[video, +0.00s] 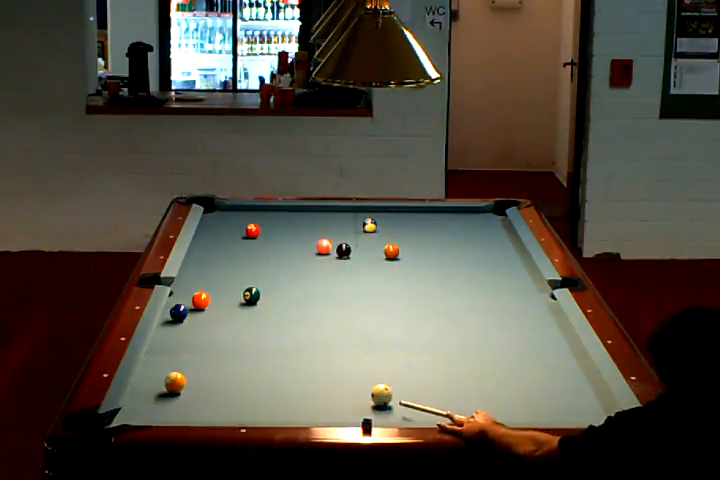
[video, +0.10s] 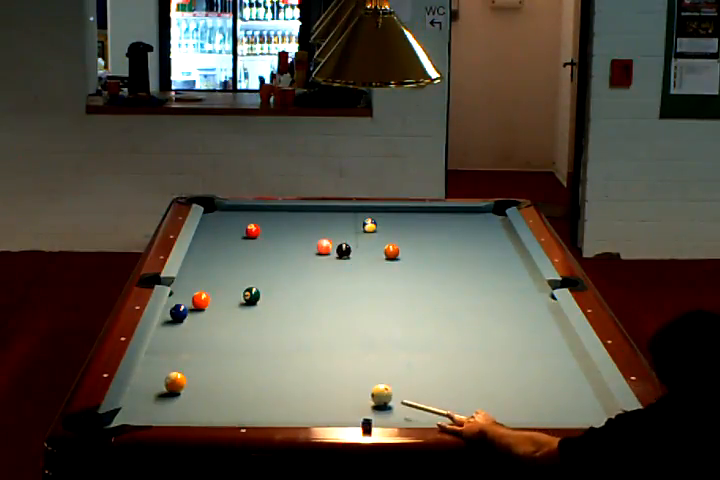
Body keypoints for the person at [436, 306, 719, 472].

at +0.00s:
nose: (652, 368)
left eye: (657, 361)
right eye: (657, 360)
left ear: (666, 369)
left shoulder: (640, 423)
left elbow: (545, 450)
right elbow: (552, 448)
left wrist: (488, 430)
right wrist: (490, 431)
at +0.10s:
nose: (652, 371)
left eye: (657, 364)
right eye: (657, 362)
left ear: (665, 372)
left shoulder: (638, 427)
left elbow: (545, 452)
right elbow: (549, 450)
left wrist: (488, 429)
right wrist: (490, 430)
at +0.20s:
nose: (650, 373)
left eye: (656, 367)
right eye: (656, 365)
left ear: (664, 376)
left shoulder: (637, 431)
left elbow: (545, 453)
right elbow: (548, 452)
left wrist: (487, 430)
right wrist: (489, 430)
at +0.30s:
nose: (650, 373)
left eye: (656, 368)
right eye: (654, 366)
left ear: (667, 378)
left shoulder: (639, 431)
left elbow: (544, 454)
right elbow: (548, 453)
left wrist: (485, 430)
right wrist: (488, 431)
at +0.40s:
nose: (649, 374)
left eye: (656, 369)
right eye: (654, 366)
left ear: (666, 379)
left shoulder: (638, 432)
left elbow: (542, 455)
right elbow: (546, 454)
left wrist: (485, 430)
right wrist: (488, 430)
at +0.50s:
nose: (647, 374)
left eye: (653, 369)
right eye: (651, 367)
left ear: (664, 381)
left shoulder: (638, 433)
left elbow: (542, 454)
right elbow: (545, 454)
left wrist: (485, 430)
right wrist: (488, 431)